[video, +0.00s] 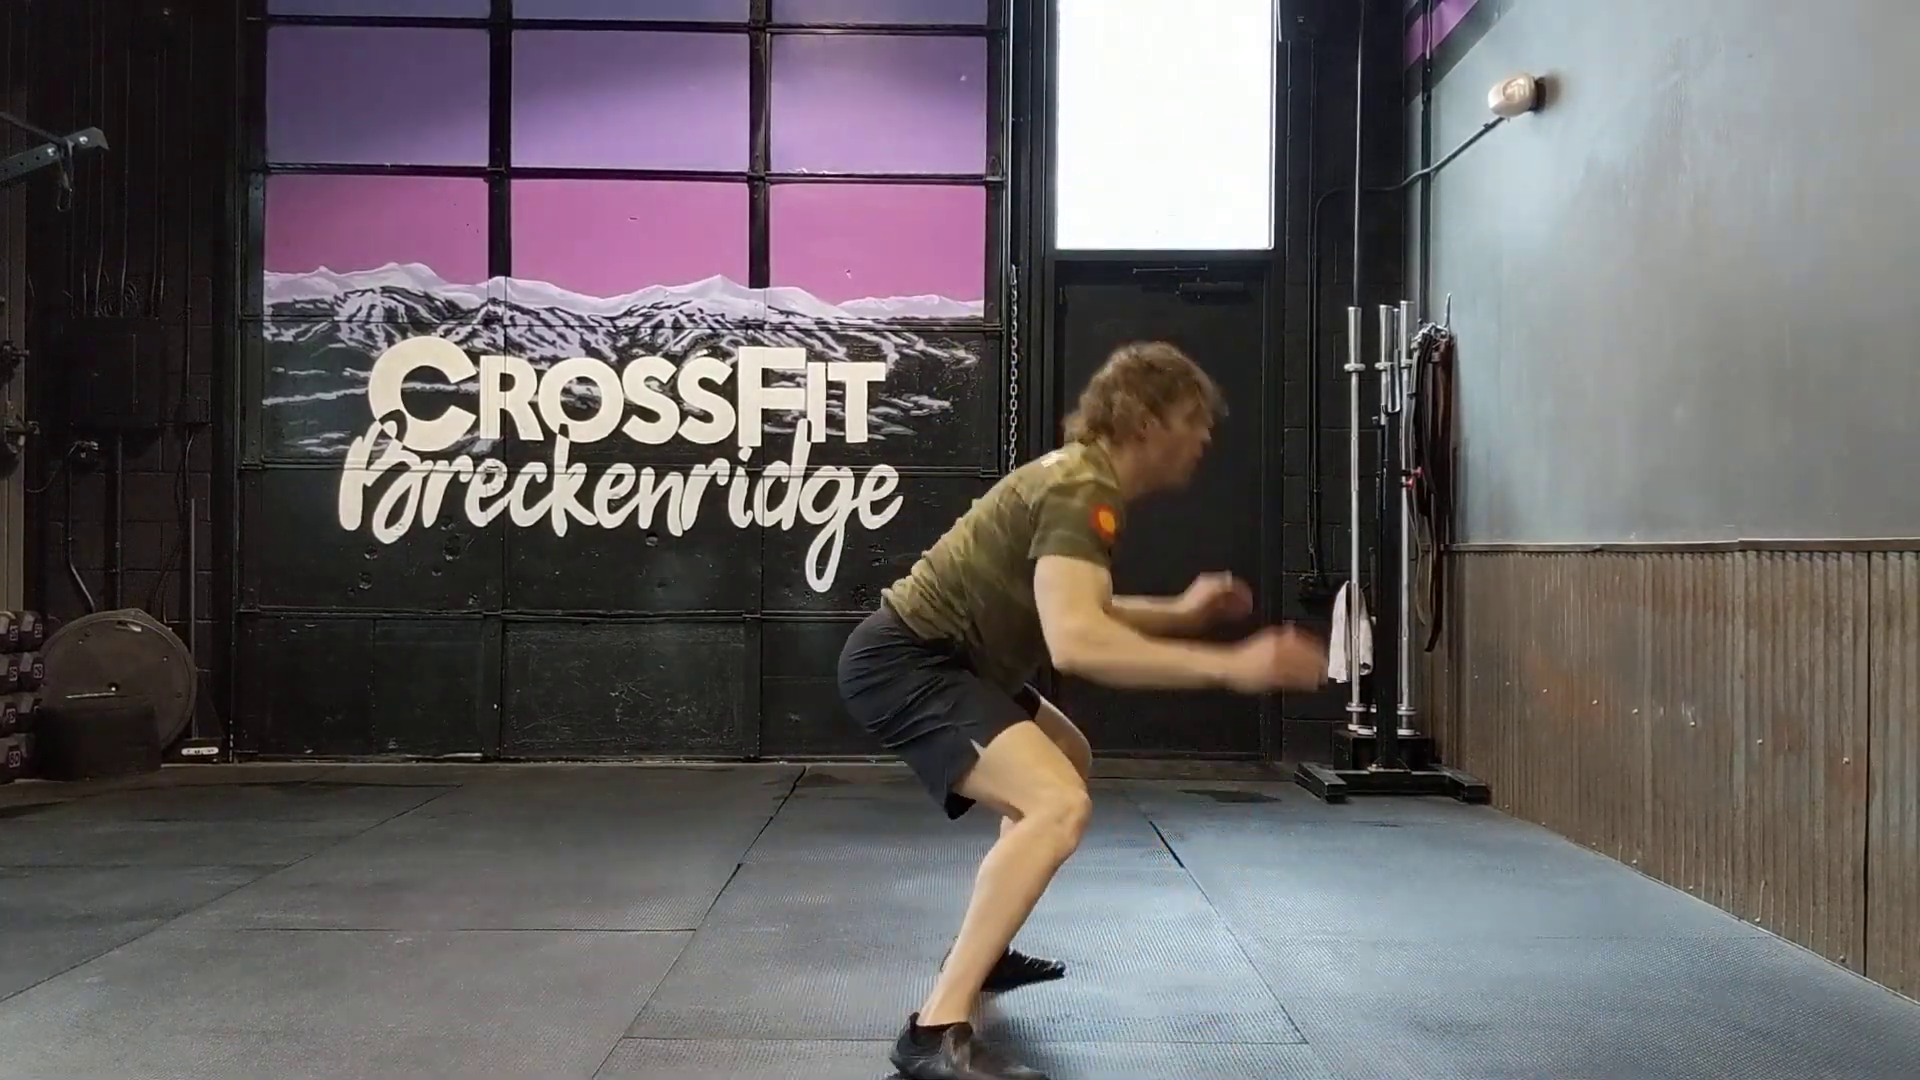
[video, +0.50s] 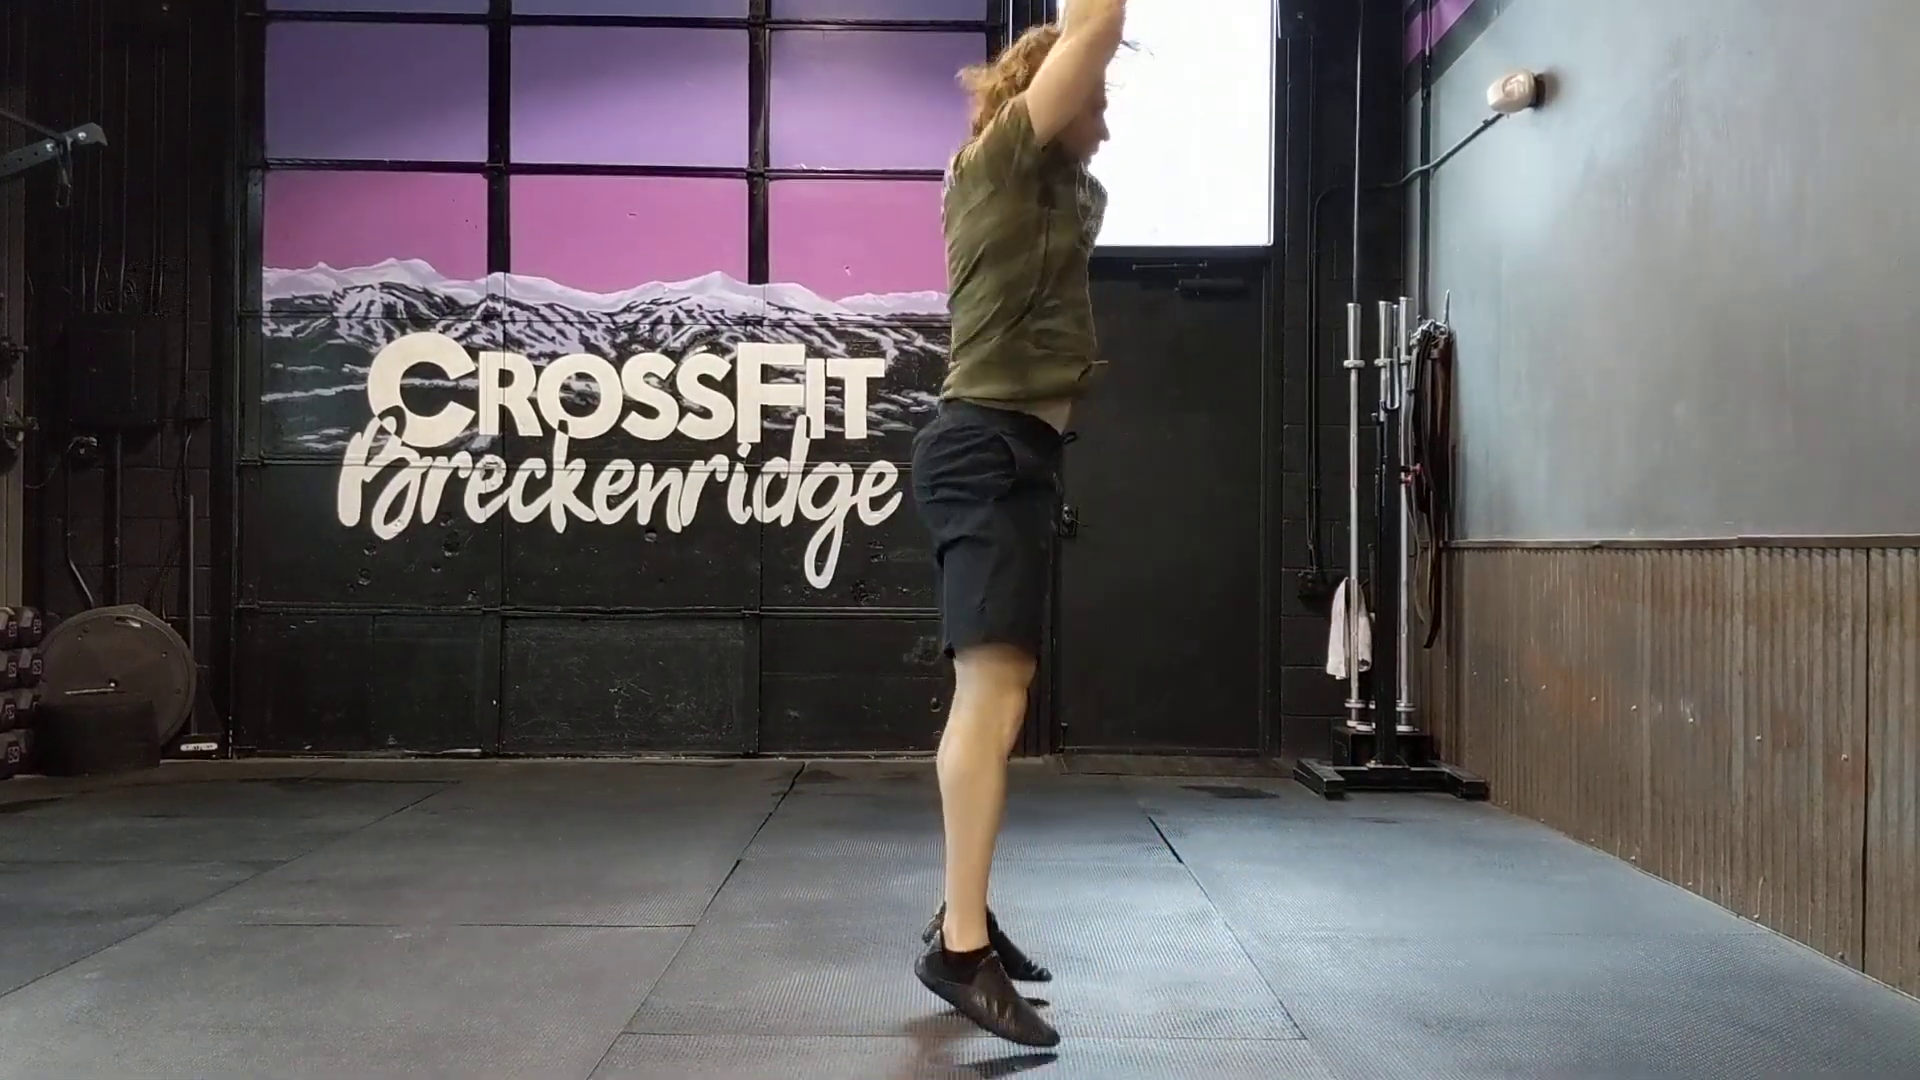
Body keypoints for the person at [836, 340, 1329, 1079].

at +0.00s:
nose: (1203, 447)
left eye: (1205, 432)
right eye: (1197, 429)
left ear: (1138, 424)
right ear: (1149, 424)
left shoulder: (1088, 481)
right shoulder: (1076, 488)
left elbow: (1082, 603)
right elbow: (1077, 643)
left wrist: (1181, 611)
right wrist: (1231, 665)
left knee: (1066, 755)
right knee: (1057, 805)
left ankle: (983, 952)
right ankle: (936, 1029)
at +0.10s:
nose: (1163, 358)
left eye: (1166, 344)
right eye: (1158, 341)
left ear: (1090, 334)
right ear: (1111, 332)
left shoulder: (1057, 405)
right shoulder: (1040, 410)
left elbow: (1092, 475)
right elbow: (1119, 503)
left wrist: (1161, 401)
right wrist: (1230, 405)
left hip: (976, 630)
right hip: (935, 629)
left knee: (1071, 753)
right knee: (1057, 801)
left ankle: (982, 950)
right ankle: (937, 1028)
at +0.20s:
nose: (1133, 238)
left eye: (1135, 223)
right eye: (1126, 220)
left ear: (1062, 213)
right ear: (1082, 213)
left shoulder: (1039, 286)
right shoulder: (1026, 286)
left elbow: (1151, 293)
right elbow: (1161, 292)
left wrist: (1169, 171)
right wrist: (1177, 166)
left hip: (997, 545)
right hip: (961, 540)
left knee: (1026, 737)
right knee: (1013, 745)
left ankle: (988, 930)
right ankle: (945, 998)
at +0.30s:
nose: (1112, 144)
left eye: (1116, 128)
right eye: (1107, 120)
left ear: (1053, 114)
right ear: (1071, 114)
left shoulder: (1043, 189)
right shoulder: (1023, 181)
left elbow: (1126, 94)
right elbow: (1148, 97)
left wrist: (1121, 6)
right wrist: (1150, 2)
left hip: (1008, 464)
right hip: (978, 459)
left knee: (995, 680)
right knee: (994, 680)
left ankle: (973, 876)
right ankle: (945, 934)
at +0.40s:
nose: (1121, 96)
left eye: (1122, 73)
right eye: (1110, 72)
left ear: (1062, 82)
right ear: (1059, 78)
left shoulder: (1039, 157)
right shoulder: (1018, 146)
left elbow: (1100, 15)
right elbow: (1108, 12)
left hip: (1008, 430)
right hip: (982, 428)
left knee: (991, 669)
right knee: (989, 669)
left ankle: (962, 875)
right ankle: (947, 917)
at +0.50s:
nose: (1109, 102)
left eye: (1109, 81)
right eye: (1096, 80)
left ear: (1042, 89)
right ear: (1042, 86)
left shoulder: (1038, 170)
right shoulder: (1004, 159)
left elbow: (1089, 23)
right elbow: (1094, 18)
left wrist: (1059, 60)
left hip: (1014, 450)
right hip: (983, 448)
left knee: (997, 690)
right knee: (993, 689)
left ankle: (965, 911)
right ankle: (959, 945)